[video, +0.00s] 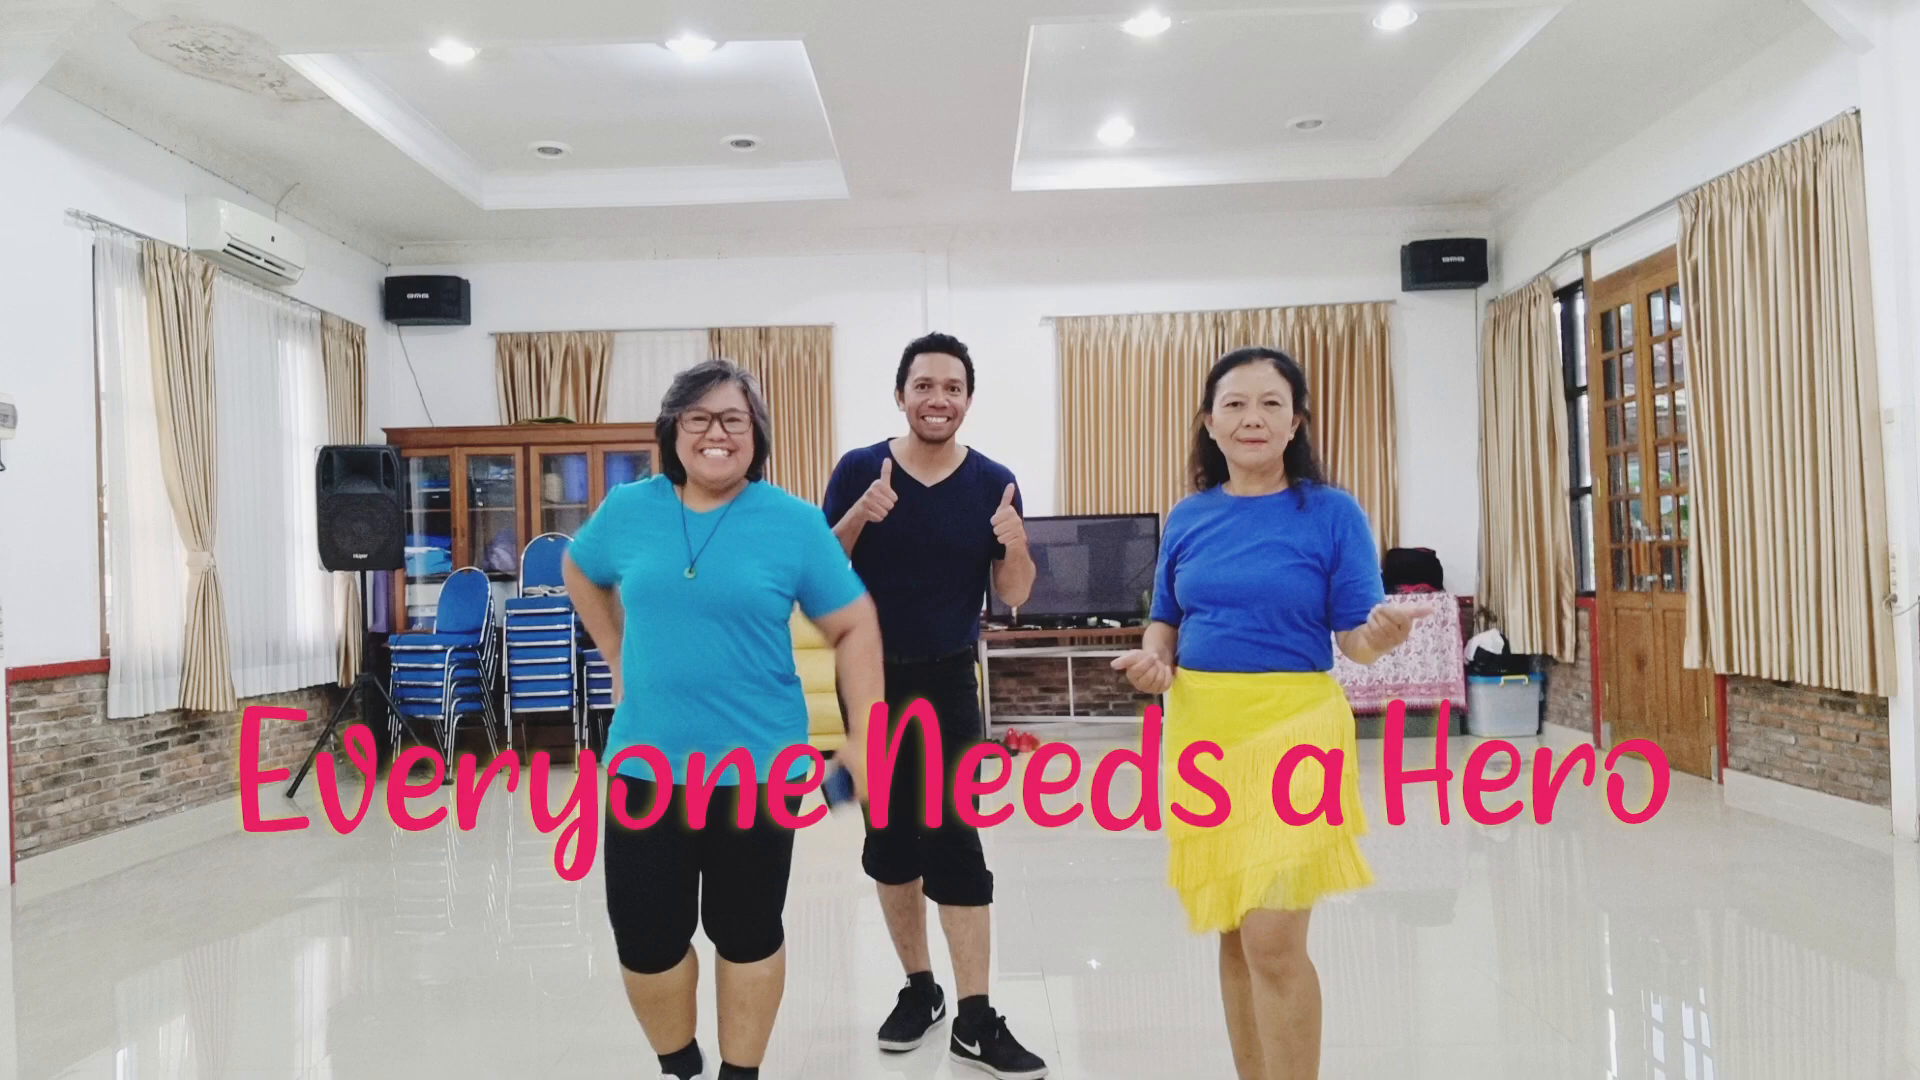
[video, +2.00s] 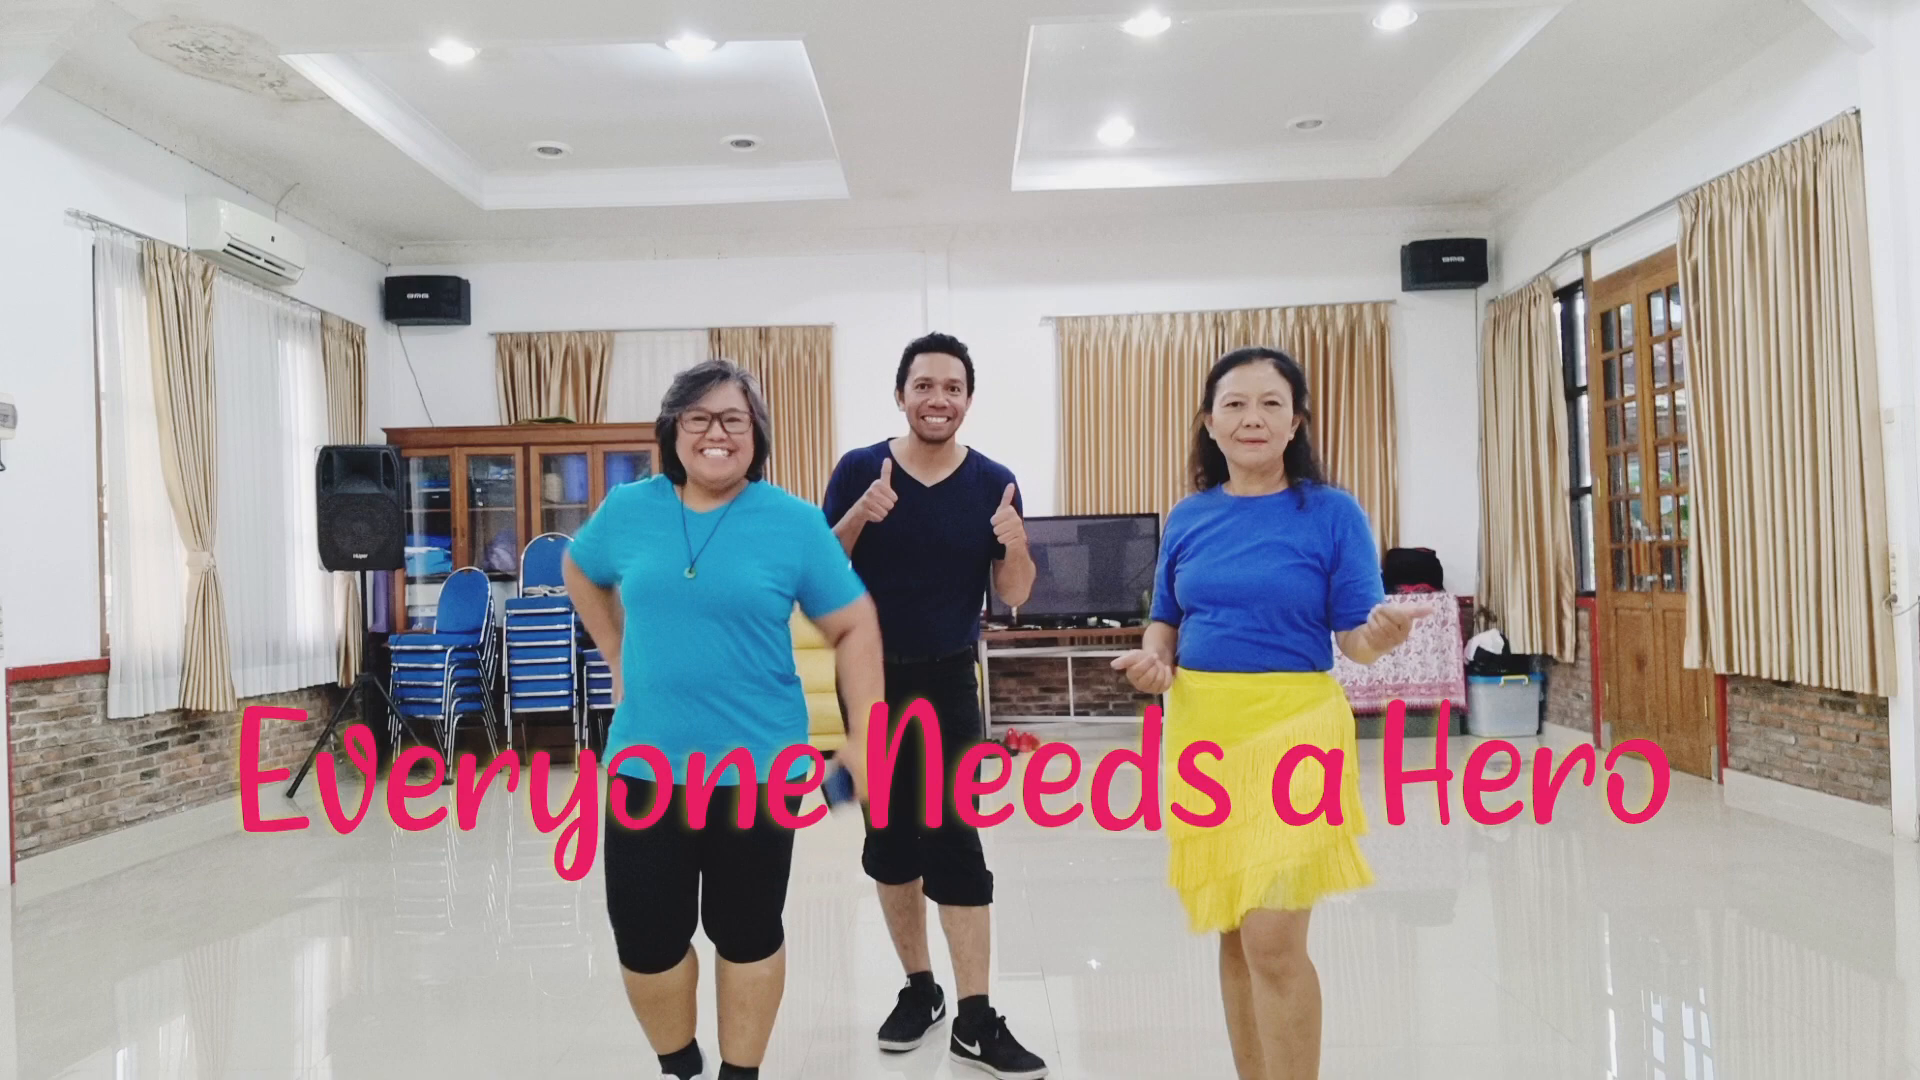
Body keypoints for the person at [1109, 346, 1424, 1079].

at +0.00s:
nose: (1252, 418)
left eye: (1270, 404)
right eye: (1234, 404)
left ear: (1295, 421)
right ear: (1210, 421)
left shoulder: (1333, 512)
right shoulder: (1186, 517)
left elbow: (1356, 643)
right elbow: (1163, 628)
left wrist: (1380, 635)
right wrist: (1151, 660)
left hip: (1297, 723)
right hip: (1204, 724)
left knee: (1272, 941)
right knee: (1237, 941)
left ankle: (1296, 1077)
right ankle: (1254, 1078)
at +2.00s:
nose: (1252, 418)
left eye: (1270, 404)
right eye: (1234, 404)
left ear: (1295, 421)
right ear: (1210, 421)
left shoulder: (1333, 512)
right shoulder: (1186, 517)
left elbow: (1356, 643)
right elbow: (1163, 628)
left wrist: (1380, 635)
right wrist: (1151, 660)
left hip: (1297, 723)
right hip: (1204, 724)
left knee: (1272, 941)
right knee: (1237, 941)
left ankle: (1296, 1077)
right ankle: (1254, 1078)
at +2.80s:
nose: (1252, 302)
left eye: (1270, 287)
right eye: (1234, 288)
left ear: (1295, 304)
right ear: (1210, 305)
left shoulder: (1333, 396)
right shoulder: (1186, 401)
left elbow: (1356, 526)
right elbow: (1163, 508)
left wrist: (1380, 516)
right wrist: (1150, 542)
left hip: (1295, 607)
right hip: (1202, 608)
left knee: (1272, 817)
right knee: (1233, 818)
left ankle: (1296, 1004)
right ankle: (1259, 997)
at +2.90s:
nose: (1252, 141)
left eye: (1270, 127)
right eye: (1235, 128)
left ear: (1296, 143)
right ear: (1210, 145)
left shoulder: (1333, 236)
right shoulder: (1186, 241)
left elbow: (1357, 367)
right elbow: (1163, 346)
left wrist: (1381, 357)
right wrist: (1152, 381)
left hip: (1295, 446)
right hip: (1202, 449)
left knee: (1271, 663)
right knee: (1236, 663)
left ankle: (1304, 836)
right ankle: (1255, 830)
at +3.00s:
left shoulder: (1339, 1)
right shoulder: (1183, 3)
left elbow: (1355, 100)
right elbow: (1164, 78)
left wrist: (1384, 93)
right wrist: (1154, 117)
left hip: (1294, 179)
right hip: (1204, 182)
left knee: (1271, 400)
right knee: (1237, 400)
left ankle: (1295, 587)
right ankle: (1257, 577)